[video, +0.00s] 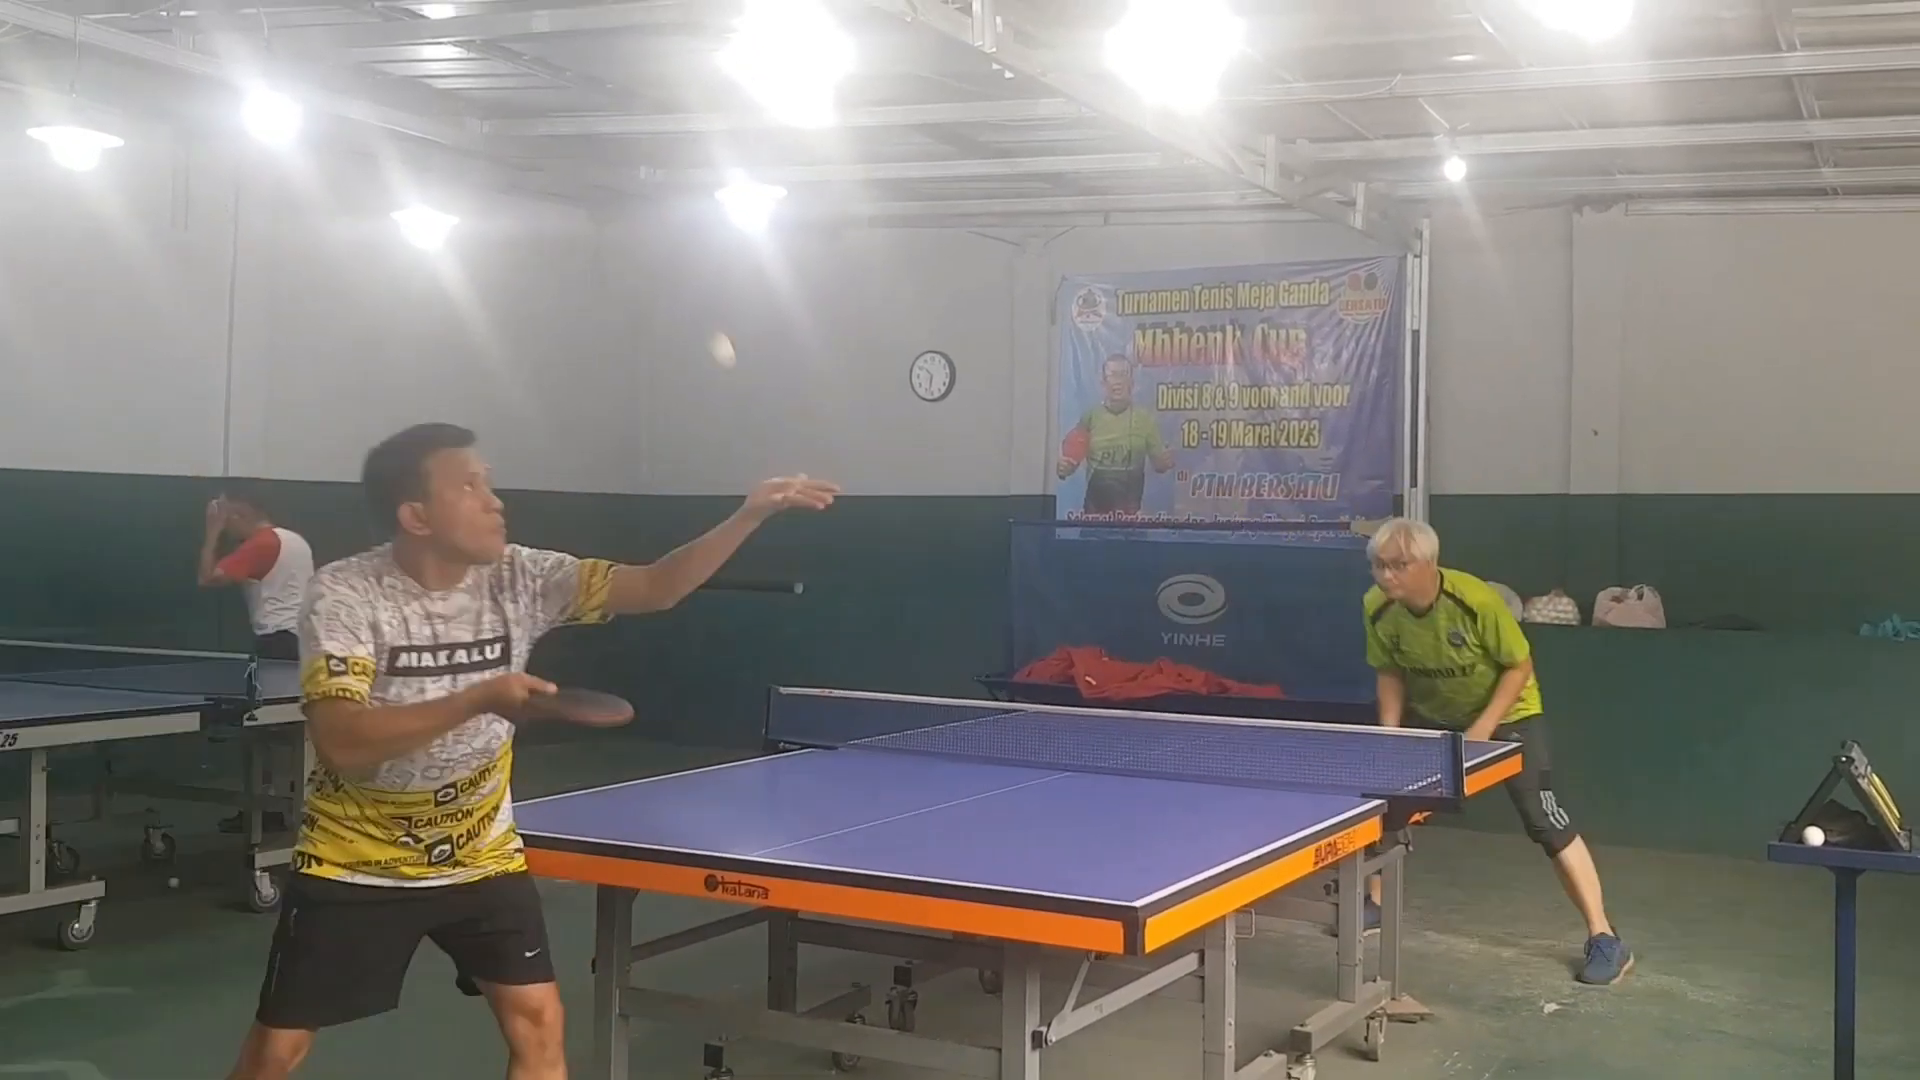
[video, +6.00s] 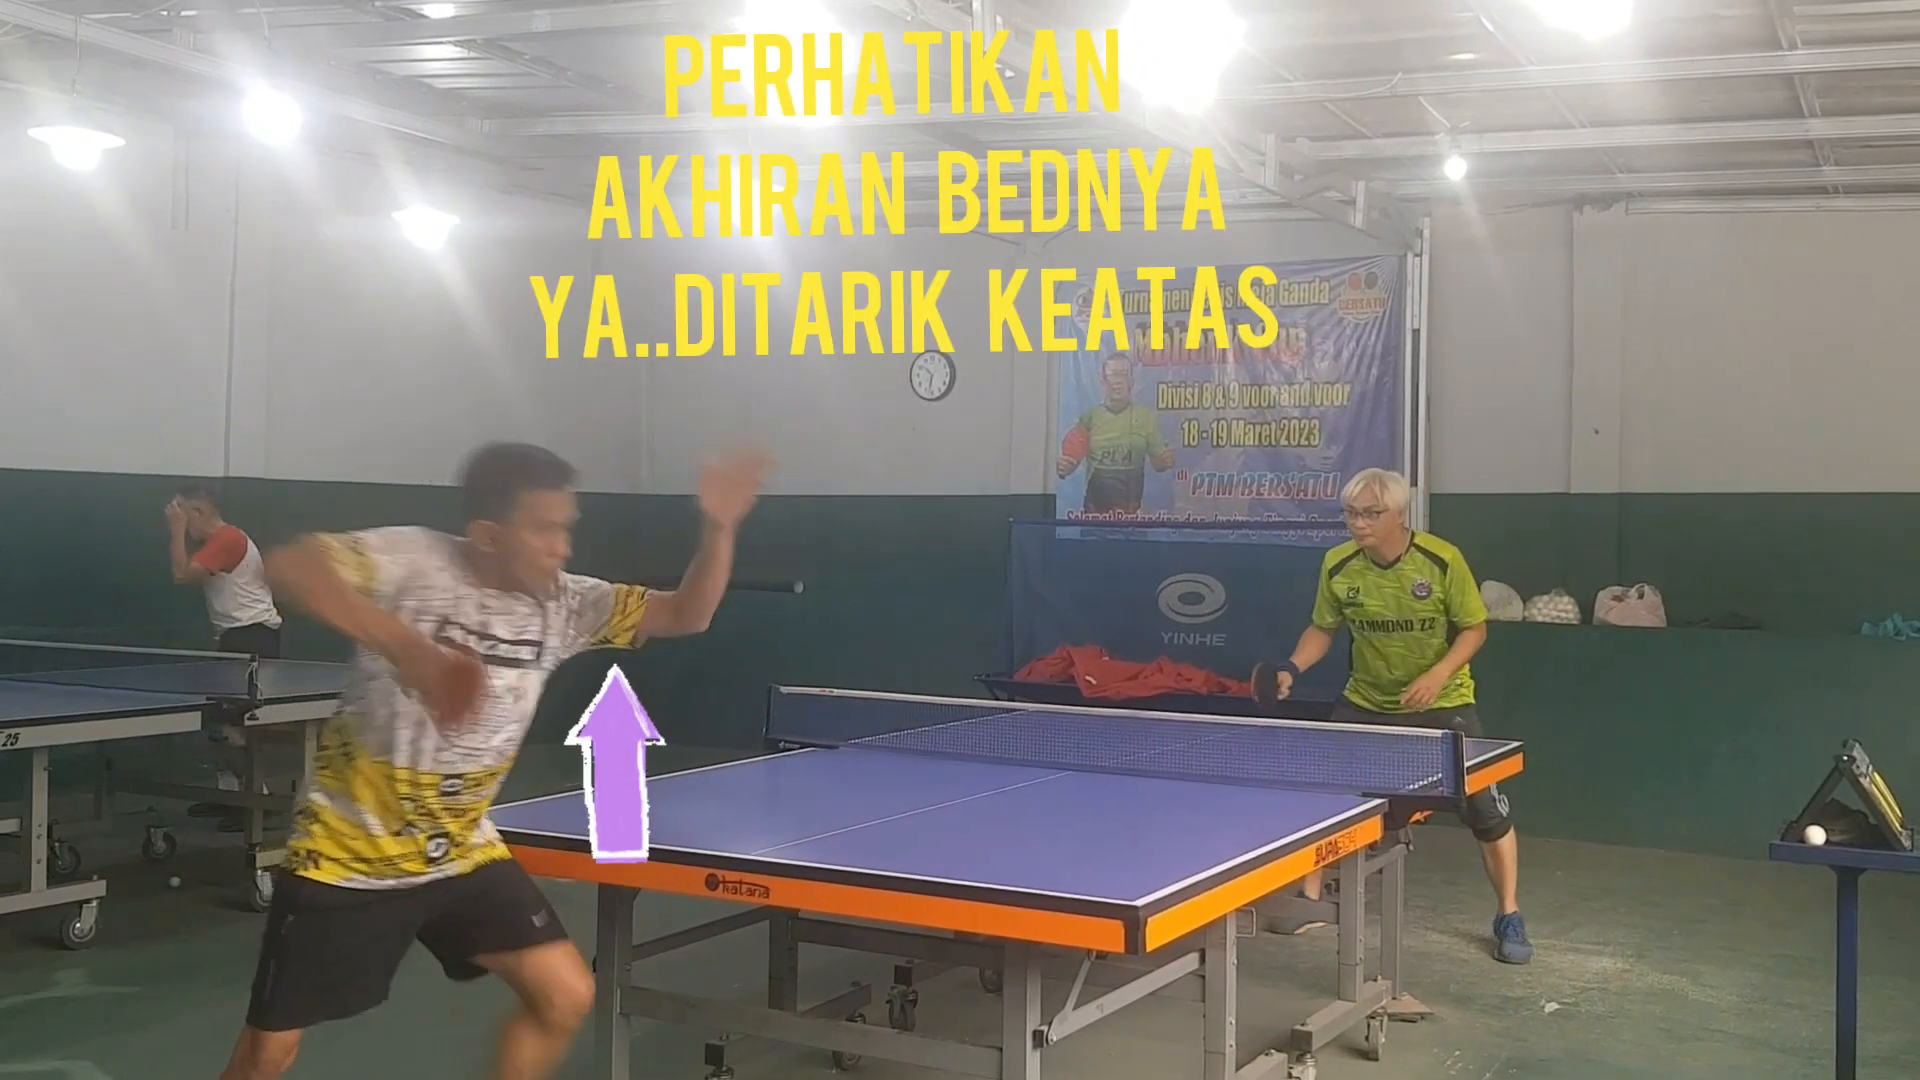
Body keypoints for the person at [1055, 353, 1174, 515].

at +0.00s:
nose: (1116, 383)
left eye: (1122, 375)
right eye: (1111, 376)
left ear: (1131, 381)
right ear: (1103, 381)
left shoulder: (1144, 419)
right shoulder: (1092, 417)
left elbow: (1158, 463)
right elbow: (1074, 451)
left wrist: (1165, 461)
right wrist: (1064, 467)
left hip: (1129, 504)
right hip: (1096, 504)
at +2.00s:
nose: (1118, 376)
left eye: (1124, 369)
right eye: (1112, 369)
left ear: (1133, 374)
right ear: (1105, 374)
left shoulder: (1146, 412)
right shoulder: (1092, 412)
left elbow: (1160, 456)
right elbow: (1075, 444)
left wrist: (1167, 454)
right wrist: (1065, 460)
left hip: (1131, 499)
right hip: (1097, 500)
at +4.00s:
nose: (1116, 382)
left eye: (1122, 375)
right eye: (1111, 375)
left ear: (1131, 380)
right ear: (1103, 381)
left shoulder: (1144, 418)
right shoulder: (1090, 418)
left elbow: (1157, 462)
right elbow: (1074, 450)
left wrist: (1164, 460)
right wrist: (1064, 466)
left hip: (1129, 505)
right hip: (1095, 506)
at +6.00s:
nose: (1117, 382)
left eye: (1123, 375)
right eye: (1111, 375)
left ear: (1132, 380)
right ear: (1102, 380)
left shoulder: (1145, 418)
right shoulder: (1091, 417)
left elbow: (1158, 462)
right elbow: (1074, 450)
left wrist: (1165, 460)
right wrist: (1064, 466)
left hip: (1131, 506)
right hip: (1096, 506)